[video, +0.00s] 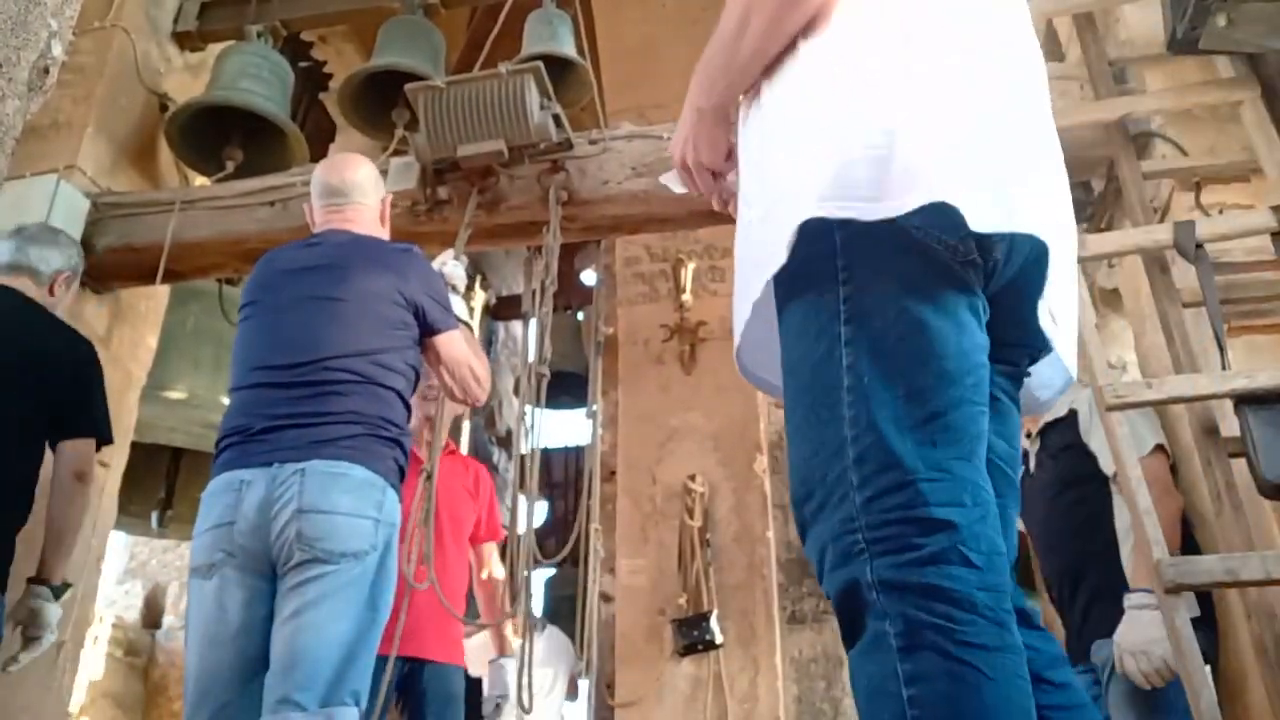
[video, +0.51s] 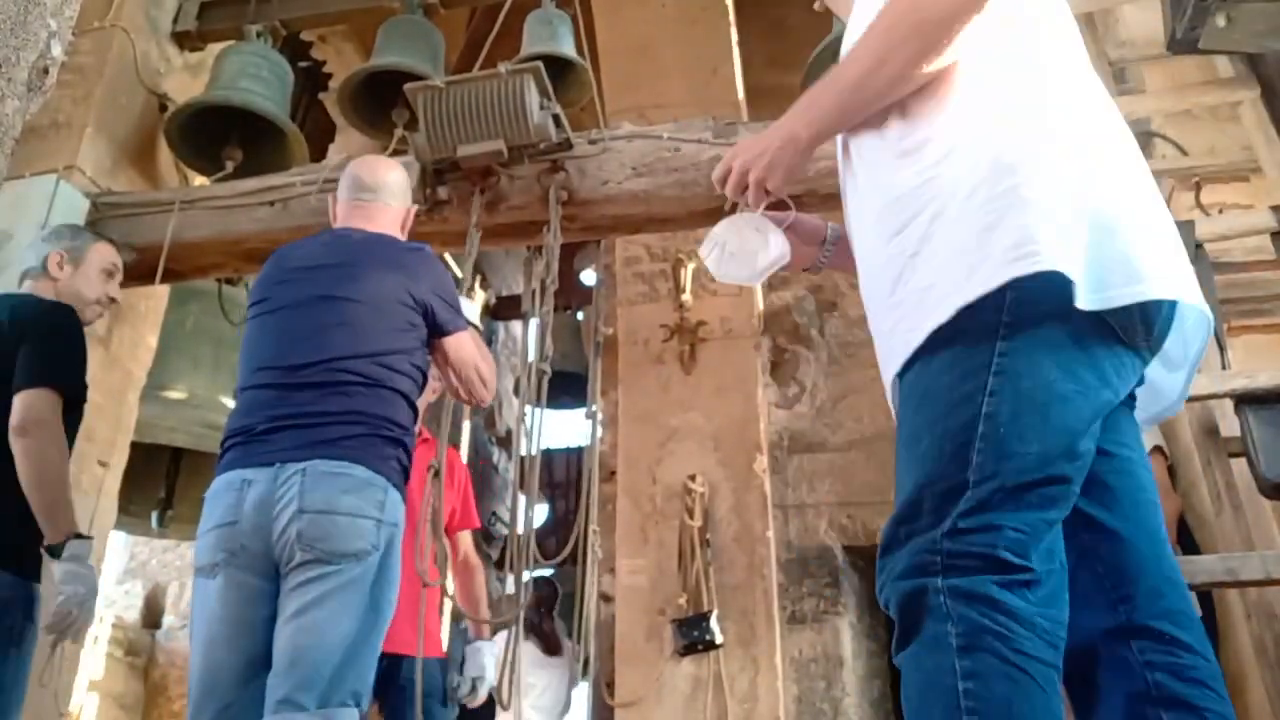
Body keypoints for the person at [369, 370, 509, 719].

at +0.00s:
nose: (432, 384)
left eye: (445, 379)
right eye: (423, 374)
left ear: (463, 404)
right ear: (403, 392)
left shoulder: (474, 476)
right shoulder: (382, 463)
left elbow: (488, 571)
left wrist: (502, 655)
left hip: (441, 650)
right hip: (371, 644)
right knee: (355, 713)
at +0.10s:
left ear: (451, 403)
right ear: (396, 394)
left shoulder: (466, 471)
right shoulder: (376, 460)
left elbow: (480, 567)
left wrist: (493, 653)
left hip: (434, 647)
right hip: (365, 641)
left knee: (437, 713)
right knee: (348, 713)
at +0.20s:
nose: (424, 379)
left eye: (434, 372)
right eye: (417, 368)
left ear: (447, 389)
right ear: (394, 377)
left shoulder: (458, 467)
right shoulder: (368, 456)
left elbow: (471, 564)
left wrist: (484, 655)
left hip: (427, 646)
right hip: (359, 639)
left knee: (434, 713)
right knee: (344, 713)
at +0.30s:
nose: (412, 390)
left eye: (421, 383)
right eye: (405, 379)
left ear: (439, 393)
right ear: (389, 384)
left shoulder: (454, 467)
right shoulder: (362, 454)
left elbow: (467, 561)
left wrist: (480, 650)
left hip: (422, 645)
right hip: (356, 639)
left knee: (434, 713)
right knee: (342, 713)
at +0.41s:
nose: (413, 378)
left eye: (424, 370)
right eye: (410, 367)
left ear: (440, 384)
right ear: (389, 376)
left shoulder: (450, 465)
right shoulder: (358, 451)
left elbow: (466, 560)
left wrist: (479, 645)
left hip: (421, 643)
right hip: (353, 638)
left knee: (431, 712)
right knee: (339, 713)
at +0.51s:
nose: (413, 375)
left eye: (425, 367)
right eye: (410, 363)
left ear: (438, 382)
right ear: (385, 371)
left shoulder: (445, 462)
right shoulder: (346, 448)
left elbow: (464, 557)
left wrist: (480, 638)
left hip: (417, 649)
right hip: (342, 642)